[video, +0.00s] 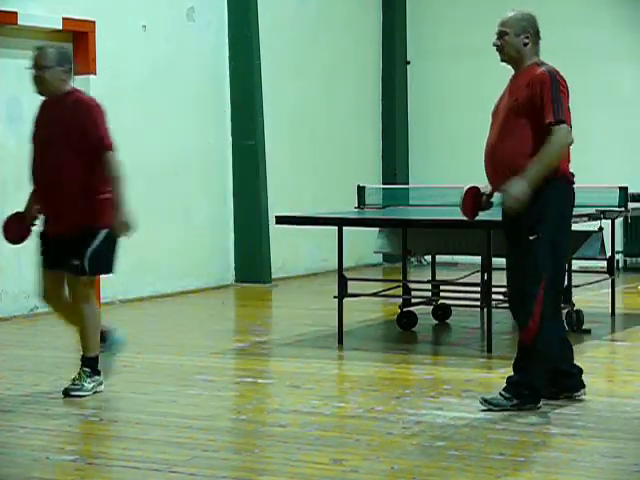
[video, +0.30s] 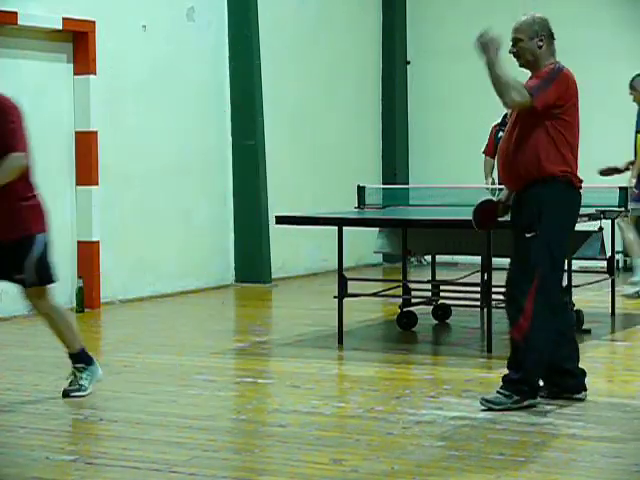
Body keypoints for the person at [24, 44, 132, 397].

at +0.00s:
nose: (34, 74)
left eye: (40, 69)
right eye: (34, 69)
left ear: (63, 71)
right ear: (44, 73)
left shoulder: (86, 108)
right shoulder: (46, 112)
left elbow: (109, 161)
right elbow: (44, 171)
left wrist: (119, 210)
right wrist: (31, 211)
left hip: (92, 217)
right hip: (58, 218)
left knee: (83, 292)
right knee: (53, 293)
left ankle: (90, 371)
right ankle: (104, 336)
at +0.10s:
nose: (10, 71)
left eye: (16, 65)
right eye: (10, 66)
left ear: (39, 67)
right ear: (23, 70)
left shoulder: (61, 103)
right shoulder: (25, 108)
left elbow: (80, 156)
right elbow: (26, 163)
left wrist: (72, 203)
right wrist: (19, 208)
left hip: (69, 214)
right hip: (34, 214)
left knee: (75, 292)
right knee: (15, 285)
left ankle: (90, 370)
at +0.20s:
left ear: (12, 69)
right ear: (7, 69)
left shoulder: (31, 104)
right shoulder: (5, 107)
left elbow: (48, 155)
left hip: (48, 216)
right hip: (11, 217)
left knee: (64, 294)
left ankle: (88, 368)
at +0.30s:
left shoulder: (5, 108)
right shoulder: (7, 109)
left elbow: (17, 159)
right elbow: (17, 160)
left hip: (20, 220)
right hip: (12, 222)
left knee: (38, 297)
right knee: (38, 297)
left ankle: (84, 362)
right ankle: (83, 361)